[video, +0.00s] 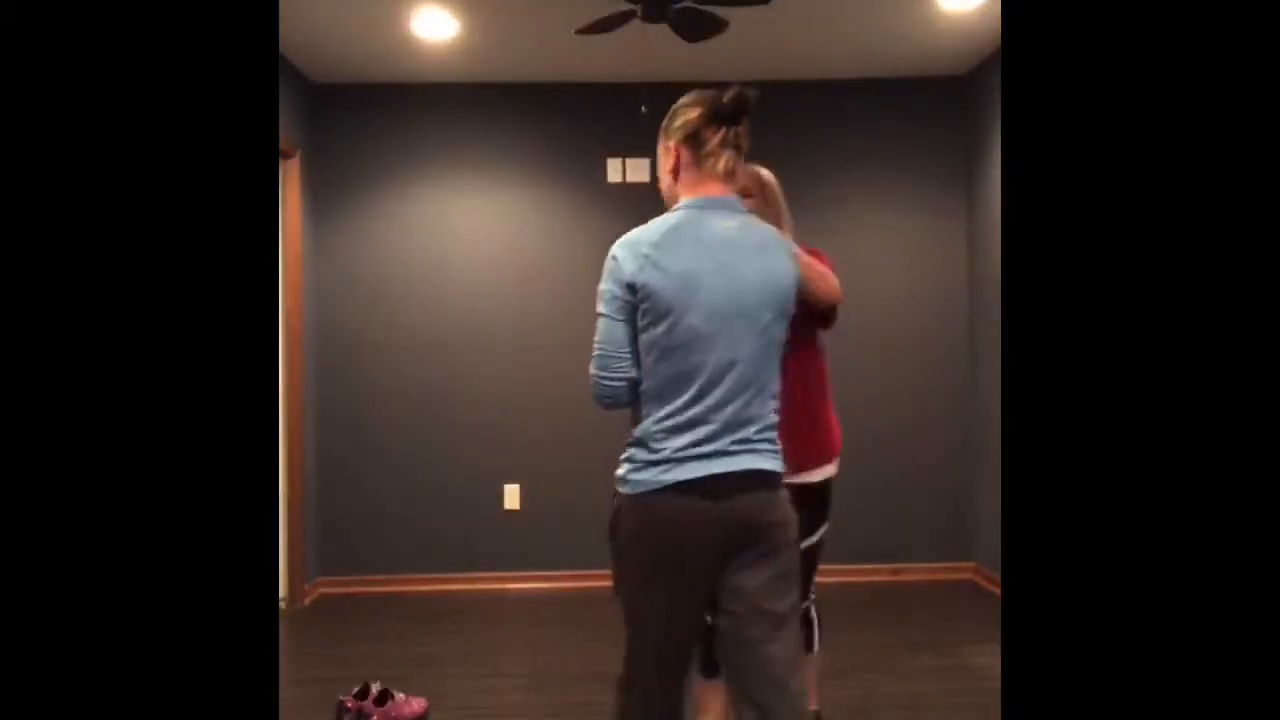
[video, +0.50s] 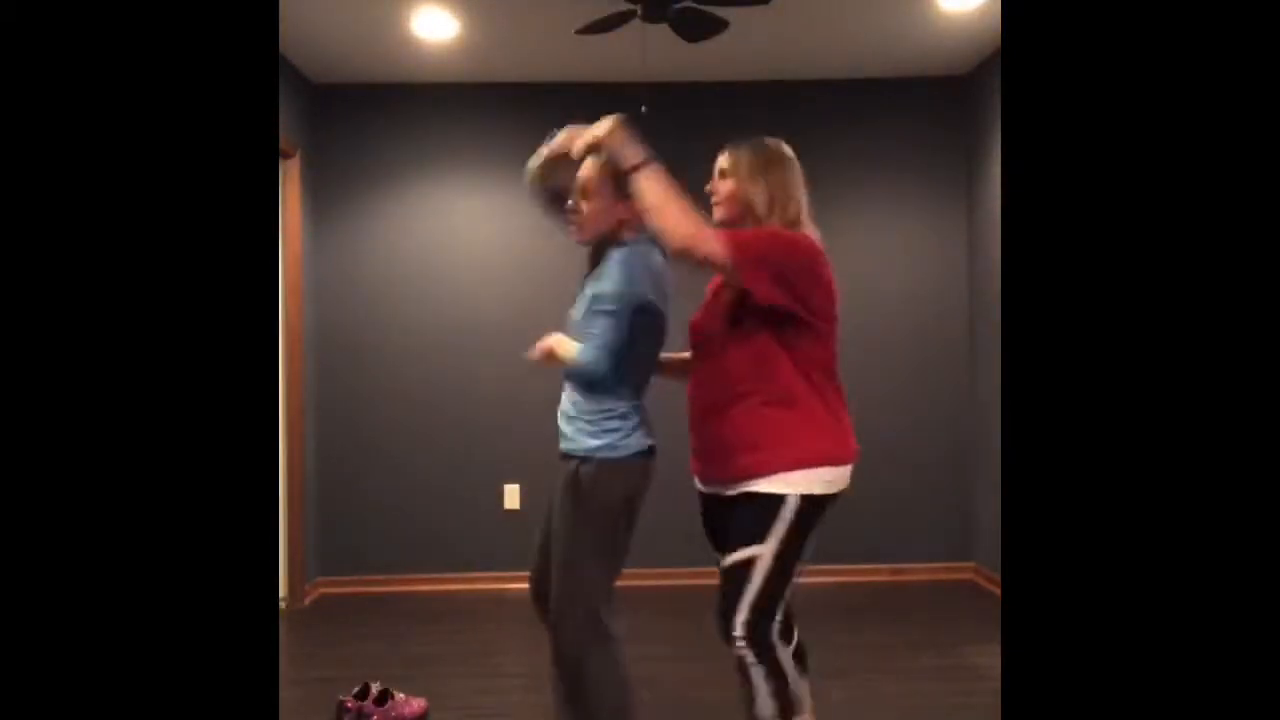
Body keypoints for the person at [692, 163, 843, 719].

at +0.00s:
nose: (737, 217)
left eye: (747, 204)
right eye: (728, 205)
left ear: (770, 210)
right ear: (714, 215)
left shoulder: (800, 263)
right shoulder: (702, 276)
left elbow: (827, 298)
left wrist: (765, 243)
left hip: (798, 467)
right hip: (725, 468)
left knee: (794, 604)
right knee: (717, 613)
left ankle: (805, 705)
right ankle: (713, 708)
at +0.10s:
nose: (738, 215)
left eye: (750, 203)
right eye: (730, 205)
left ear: (779, 209)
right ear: (722, 213)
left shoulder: (806, 265)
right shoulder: (724, 270)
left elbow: (819, 278)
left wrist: (750, 213)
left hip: (806, 463)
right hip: (741, 460)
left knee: (794, 601)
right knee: (745, 597)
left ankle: (803, 704)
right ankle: (747, 705)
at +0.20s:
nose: (733, 222)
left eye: (748, 211)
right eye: (728, 210)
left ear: (784, 217)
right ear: (722, 223)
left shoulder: (808, 275)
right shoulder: (730, 282)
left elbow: (793, 245)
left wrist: (736, 170)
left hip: (813, 470)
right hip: (749, 471)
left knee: (795, 614)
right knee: (764, 618)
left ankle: (806, 705)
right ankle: (803, 705)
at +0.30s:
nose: (732, 214)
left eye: (745, 203)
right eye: (727, 204)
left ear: (782, 215)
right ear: (717, 215)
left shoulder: (810, 281)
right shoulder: (710, 284)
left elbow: (772, 232)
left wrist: (717, 140)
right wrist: (652, 137)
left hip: (811, 485)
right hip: (728, 488)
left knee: (810, 643)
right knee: (768, 647)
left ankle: (828, 698)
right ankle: (799, 708)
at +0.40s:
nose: (717, 205)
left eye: (728, 193)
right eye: (714, 195)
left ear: (766, 201)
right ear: (718, 207)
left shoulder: (806, 271)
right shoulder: (714, 286)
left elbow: (738, 227)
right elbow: (708, 371)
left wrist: (682, 136)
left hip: (801, 481)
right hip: (722, 486)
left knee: (783, 636)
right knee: (765, 641)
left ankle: (840, 708)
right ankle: (800, 711)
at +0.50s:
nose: (712, 188)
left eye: (724, 176)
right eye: (712, 177)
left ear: (763, 186)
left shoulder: (795, 253)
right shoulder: (736, 264)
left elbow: (685, 237)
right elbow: (715, 364)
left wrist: (630, 150)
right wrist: (630, 355)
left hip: (791, 470)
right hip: (731, 474)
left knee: (746, 624)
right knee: (768, 626)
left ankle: (782, 712)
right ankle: (795, 710)